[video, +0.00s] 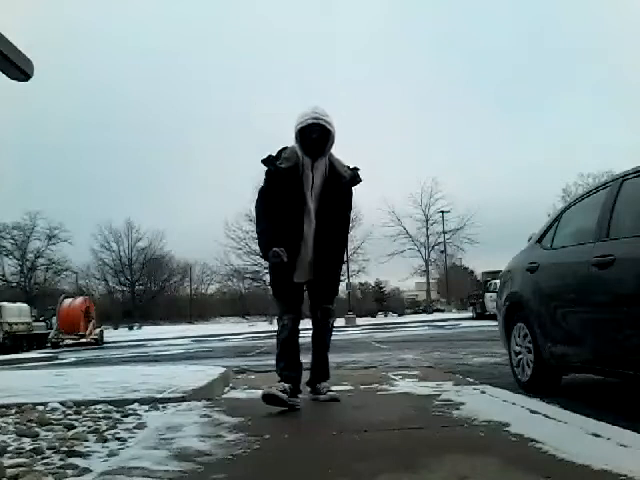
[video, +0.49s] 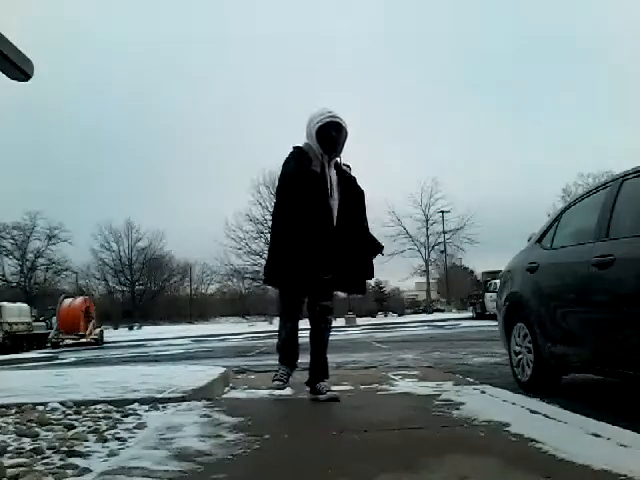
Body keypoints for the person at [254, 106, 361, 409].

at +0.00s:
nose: (314, 139)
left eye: (321, 133)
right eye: (308, 132)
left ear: (330, 137)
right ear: (298, 135)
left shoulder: (341, 176)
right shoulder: (281, 170)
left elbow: (343, 221)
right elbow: (265, 211)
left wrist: (339, 256)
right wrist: (271, 246)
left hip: (325, 260)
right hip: (288, 259)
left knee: (323, 320)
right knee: (289, 320)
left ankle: (319, 383)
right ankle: (289, 385)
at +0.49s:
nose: (333, 139)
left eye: (338, 133)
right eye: (327, 132)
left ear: (343, 138)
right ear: (314, 135)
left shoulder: (344, 178)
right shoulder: (297, 165)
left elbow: (354, 222)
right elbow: (283, 213)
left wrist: (367, 248)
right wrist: (278, 258)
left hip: (326, 255)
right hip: (294, 253)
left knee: (322, 316)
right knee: (290, 313)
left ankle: (318, 381)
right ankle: (285, 366)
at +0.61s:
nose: (332, 138)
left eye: (337, 133)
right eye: (326, 132)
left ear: (342, 137)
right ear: (312, 133)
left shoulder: (345, 175)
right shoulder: (296, 163)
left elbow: (357, 209)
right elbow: (283, 210)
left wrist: (390, 215)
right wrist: (280, 255)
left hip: (326, 254)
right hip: (293, 252)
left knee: (321, 316)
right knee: (287, 312)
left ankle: (318, 380)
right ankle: (286, 364)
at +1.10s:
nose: (301, 133)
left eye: (307, 127)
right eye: (295, 127)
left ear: (317, 130)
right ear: (285, 131)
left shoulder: (336, 162)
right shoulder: (272, 165)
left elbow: (372, 187)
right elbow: (239, 196)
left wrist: (348, 216)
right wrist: (266, 221)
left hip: (325, 256)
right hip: (286, 256)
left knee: (322, 321)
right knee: (290, 322)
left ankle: (319, 382)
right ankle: (291, 386)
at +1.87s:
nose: (341, 123)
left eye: (348, 117)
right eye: (334, 116)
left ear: (360, 119)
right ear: (324, 116)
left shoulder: (373, 149)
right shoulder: (306, 146)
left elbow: (385, 188)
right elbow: (286, 181)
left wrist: (363, 220)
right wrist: (304, 213)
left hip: (353, 242)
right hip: (313, 242)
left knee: (361, 313)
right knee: (305, 316)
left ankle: (368, 384)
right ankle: (298, 385)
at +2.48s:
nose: (299, 121)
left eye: (304, 114)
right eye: (299, 114)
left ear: (324, 114)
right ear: (306, 115)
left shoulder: (357, 145)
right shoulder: (295, 151)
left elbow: (387, 183)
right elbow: (294, 194)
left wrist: (368, 212)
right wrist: (306, 218)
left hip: (347, 245)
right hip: (308, 247)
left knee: (356, 315)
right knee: (303, 317)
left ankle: (367, 384)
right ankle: (302, 383)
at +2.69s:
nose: (274, 128)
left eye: (278, 121)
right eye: (273, 122)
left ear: (295, 119)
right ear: (283, 124)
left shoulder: (331, 146)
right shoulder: (275, 159)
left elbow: (368, 177)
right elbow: (280, 198)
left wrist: (353, 213)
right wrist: (295, 218)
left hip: (333, 246)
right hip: (298, 250)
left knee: (348, 315)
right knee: (300, 322)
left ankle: (366, 384)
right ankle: (304, 386)